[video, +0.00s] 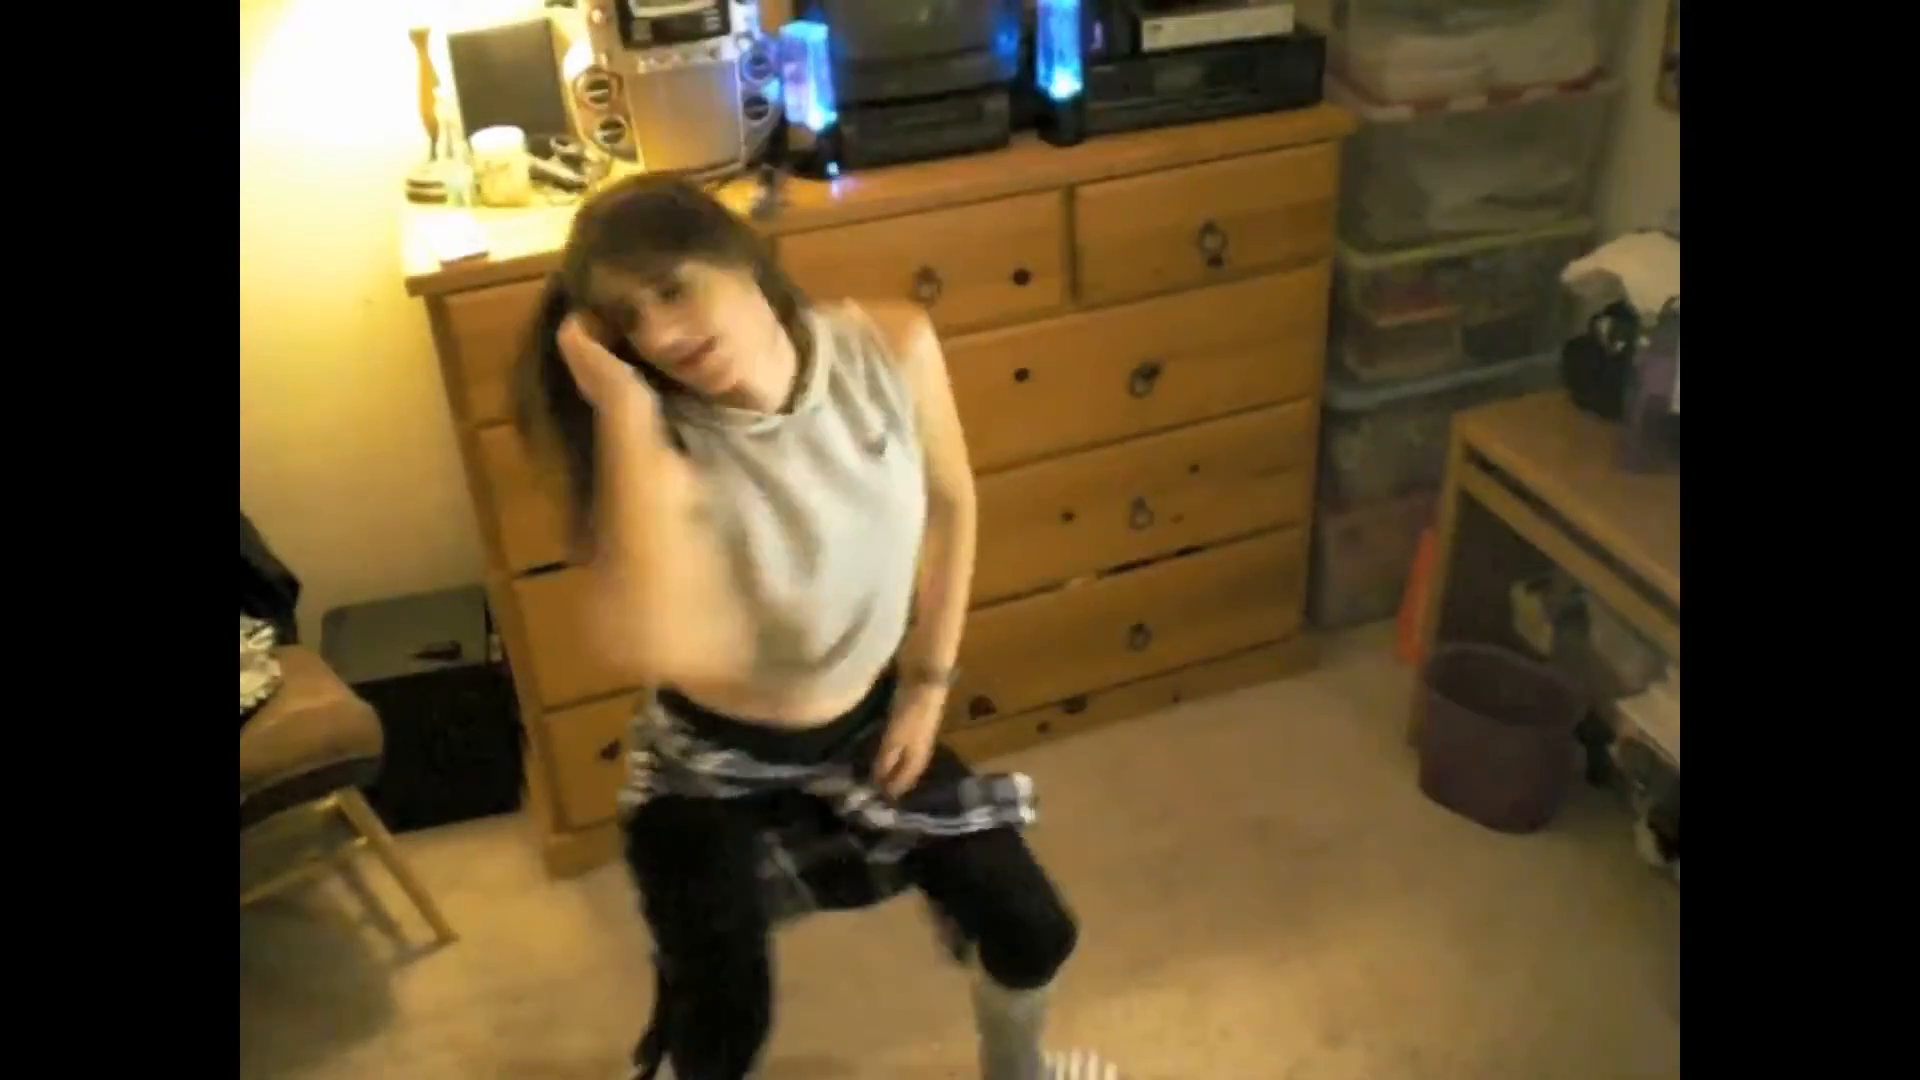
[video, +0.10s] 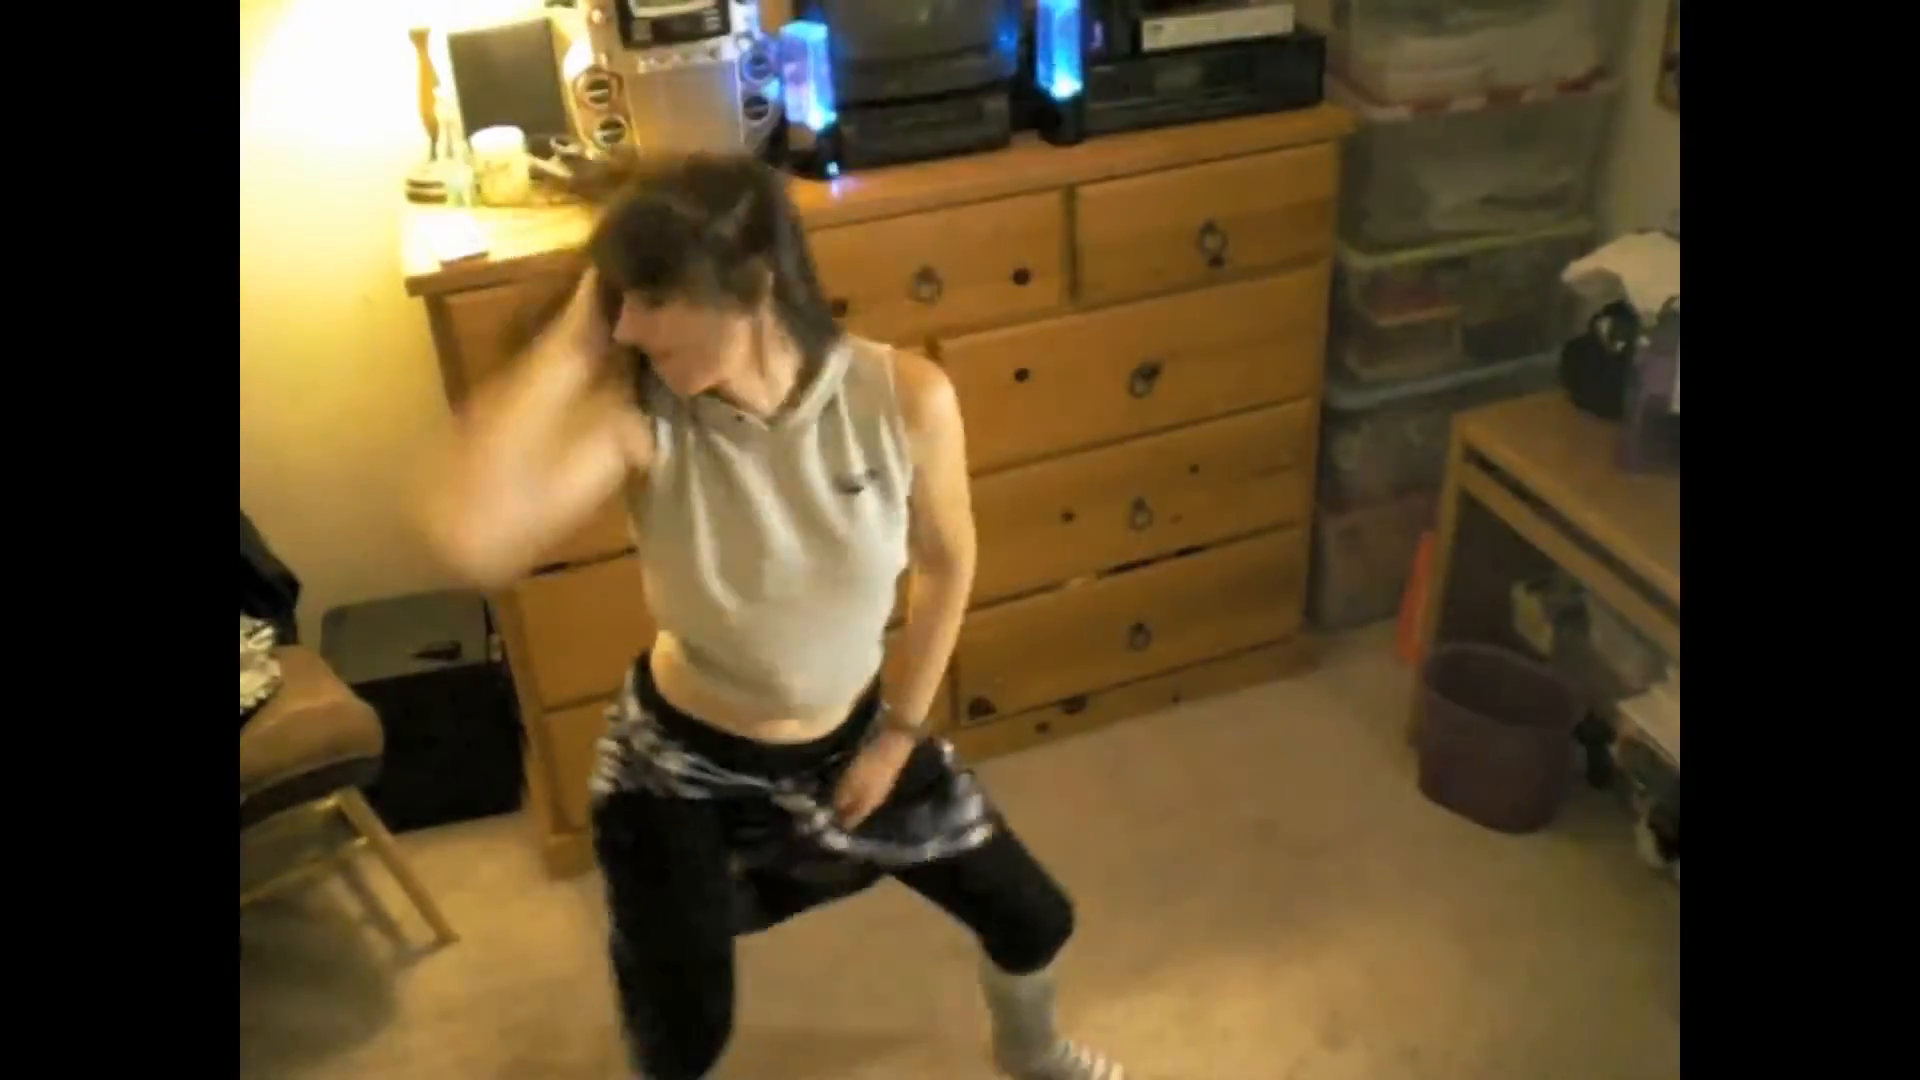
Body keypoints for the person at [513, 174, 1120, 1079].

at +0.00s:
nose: (662, 332)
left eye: (673, 289)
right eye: (627, 322)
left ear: (737, 259)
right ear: (614, 349)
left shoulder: (890, 348)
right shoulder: (658, 456)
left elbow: (951, 503)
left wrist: (926, 682)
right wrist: (626, 416)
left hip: (872, 730)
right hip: (710, 764)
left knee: (1032, 933)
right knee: (722, 1026)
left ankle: (1017, 1067)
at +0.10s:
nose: (644, 364)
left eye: (660, 343)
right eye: (636, 344)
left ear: (755, 293)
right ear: (628, 322)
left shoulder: (905, 399)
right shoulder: (641, 418)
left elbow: (945, 568)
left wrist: (893, 733)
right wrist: (572, 345)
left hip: (855, 743)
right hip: (679, 762)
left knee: (1033, 924)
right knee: (682, 1038)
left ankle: (1031, 1054)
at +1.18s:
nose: (906, 276)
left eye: (919, 241)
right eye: (867, 256)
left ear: (932, 216)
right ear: (795, 250)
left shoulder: (862, 326)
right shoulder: (800, 362)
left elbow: (918, 496)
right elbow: (940, 570)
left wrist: (1023, 465)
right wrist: (1065, 398)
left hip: (924, 703)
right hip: (798, 761)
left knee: (1109, 847)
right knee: (768, 1013)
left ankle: (1086, 1025)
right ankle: (688, 1059)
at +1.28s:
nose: (939, 273)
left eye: (949, 238)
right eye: (901, 254)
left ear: (961, 217)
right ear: (821, 248)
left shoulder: (888, 327)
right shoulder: (852, 356)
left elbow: (983, 450)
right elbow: (986, 572)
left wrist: (1142, 486)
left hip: (918, 711)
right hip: (821, 759)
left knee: (1086, 859)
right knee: (774, 992)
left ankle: (1079, 1022)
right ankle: (668, 1062)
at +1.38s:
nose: (1007, 263)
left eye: (1012, 229)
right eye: (965, 246)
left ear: (1024, 219)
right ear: (897, 256)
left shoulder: (938, 326)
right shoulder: (948, 371)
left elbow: (1026, 410)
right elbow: (1013, 605)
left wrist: (1129, 479)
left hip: (933, 716)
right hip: (844, 752)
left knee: (1060, 861)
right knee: (782, 993)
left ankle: (1071, 1023)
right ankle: (650, 1059)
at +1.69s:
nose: (1136, 810)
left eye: (1155, 806)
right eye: (1156, 799)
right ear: (1163, 737)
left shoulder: (1089, 567)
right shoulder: (1031, 712)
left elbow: (890, 504)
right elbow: (801, 673)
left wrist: (730, 476)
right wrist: (581, 686)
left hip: (913, 728)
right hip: (803, 784)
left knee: (1085, 860)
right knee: (937, 1022)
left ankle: (1071, 1027)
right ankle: (814, 1057)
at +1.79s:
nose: (1080, 800)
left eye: (1101, 799)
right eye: (1099, 791)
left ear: (1108, 703)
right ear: (1091, 718)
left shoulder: (1079, 561)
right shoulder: (974, 703)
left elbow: (911, 515)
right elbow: (739, 672)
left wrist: (751, 541)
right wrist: (563, 725)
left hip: (898, 748)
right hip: (779, 794)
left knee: (1075, 854)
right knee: (897, 1030)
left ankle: (1073, 1023)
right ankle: (797, 1054)